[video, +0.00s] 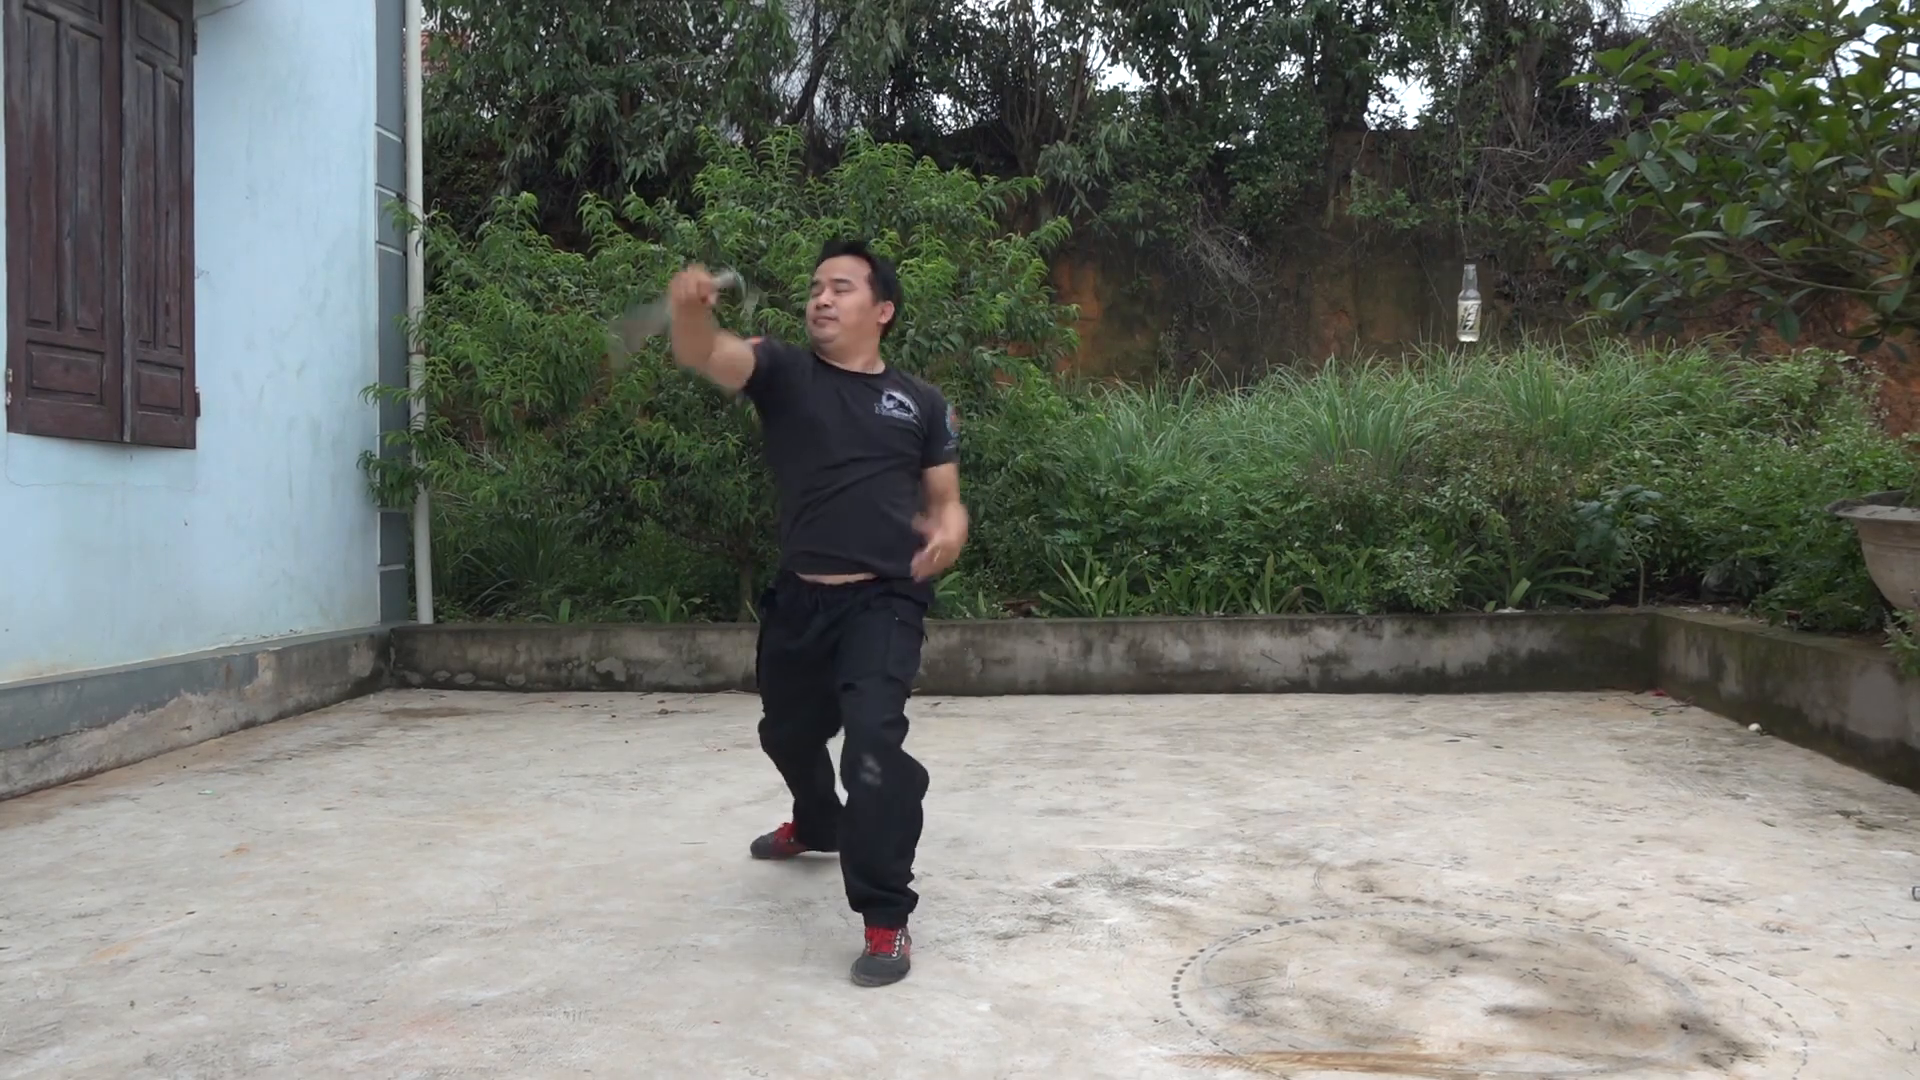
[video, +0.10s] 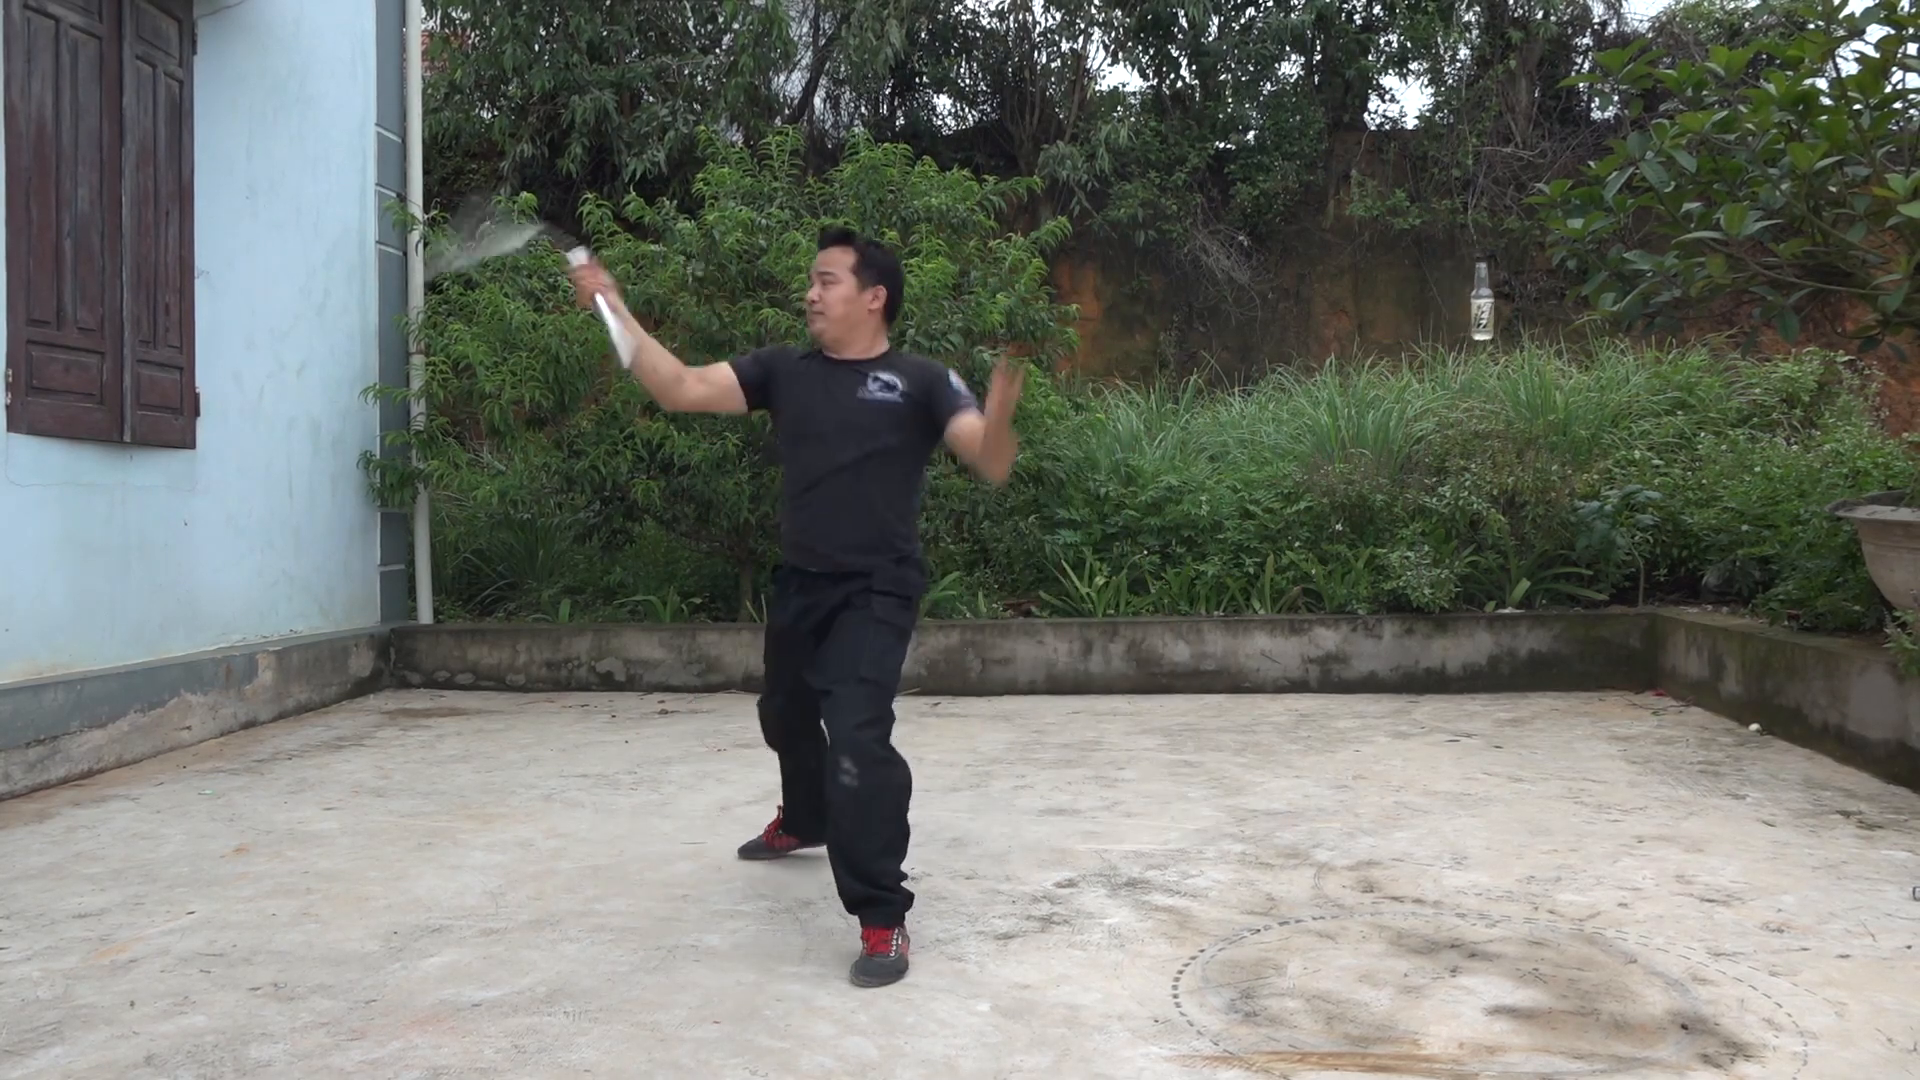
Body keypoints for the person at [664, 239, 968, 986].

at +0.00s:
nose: (821, 299)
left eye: (841, 288)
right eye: (816, 289)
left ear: (883, 310)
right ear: (808, 308)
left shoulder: (922, 404)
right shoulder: (784, 370)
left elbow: (946, 500)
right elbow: (703, 351)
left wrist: (947, 535)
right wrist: (689, 308)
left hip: (882, 598)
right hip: (799, 599)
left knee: (874, 747)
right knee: (789, 736)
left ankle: (885, 919)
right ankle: (819, 821)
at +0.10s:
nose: (811, 293)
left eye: (828, 281)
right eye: (812, 281)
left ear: (875, 297)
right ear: (825, 297)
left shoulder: (923, 380)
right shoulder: (788, 369)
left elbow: (992, 464)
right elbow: (679, 387)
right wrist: (615, 312)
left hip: (878, 587)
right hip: (799, 583)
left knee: (857, 739)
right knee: (785, 713)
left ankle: (881, 918)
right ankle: (805, 817)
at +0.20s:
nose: (801, 284)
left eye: (815, 272)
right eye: (801, 272)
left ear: (863, 286)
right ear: (819, 285)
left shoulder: (895, 346)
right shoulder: (798, 356)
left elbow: (964, 337)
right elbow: (722, 385)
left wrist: (936, 229)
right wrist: (650, 328)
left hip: (873, 567)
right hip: (801, 568)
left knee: (873, 721)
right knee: (804, 698)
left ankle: (909, 904)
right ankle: (815, 793)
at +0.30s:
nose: (783, 317)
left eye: (796, 302)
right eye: (782, 304)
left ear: (842, 309)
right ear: (806, 315)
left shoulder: (864, 378)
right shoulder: (813, 385)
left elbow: (858, 328)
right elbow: (781, 398)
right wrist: (730, 405)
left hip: (866, 581)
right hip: (811, 582)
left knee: (859, 730)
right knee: (805, 697)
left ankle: (929, 899)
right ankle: (827, 789)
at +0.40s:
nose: (773, 366)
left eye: (789, 354)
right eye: (774, 353)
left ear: (834, 368)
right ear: (828, 372)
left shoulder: (834, 422)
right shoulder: (864, 418)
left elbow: (752, 442)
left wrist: (687, 437)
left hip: (854, 612)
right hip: (841, 610)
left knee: (879, 743)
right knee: (802, 699)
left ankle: (949, 906)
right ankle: (843, 805)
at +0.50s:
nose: (757, 404)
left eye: (769, 392)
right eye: (755, 392)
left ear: (813, 398)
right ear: (815, 402)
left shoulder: (794, 456)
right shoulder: (869, 438)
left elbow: (693, 494)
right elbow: (912, 452)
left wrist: (630, 506)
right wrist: (899, 444)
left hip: (862, 624)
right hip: (834, 627)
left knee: (869, 739)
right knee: (789, 705)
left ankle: (950, 909)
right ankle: (840, 806)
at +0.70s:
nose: (764, 358)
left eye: (777, 343)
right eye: (755, 349)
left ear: (816, 345)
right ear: (750, 360)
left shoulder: (831, 391)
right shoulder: (795, 412)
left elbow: (872, 399)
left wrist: (889, 423)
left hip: (893, 597)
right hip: (824, 610)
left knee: (903, 729)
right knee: (807, 711)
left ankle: (902, 894)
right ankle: (834, 796)